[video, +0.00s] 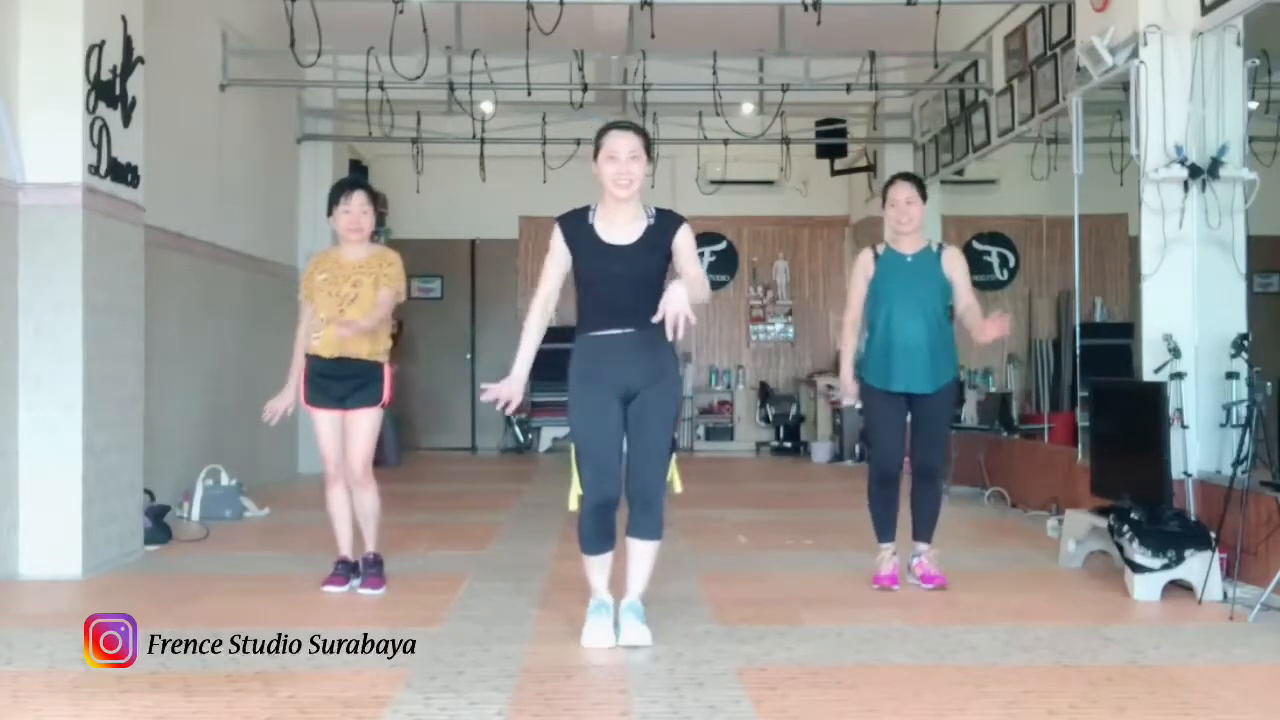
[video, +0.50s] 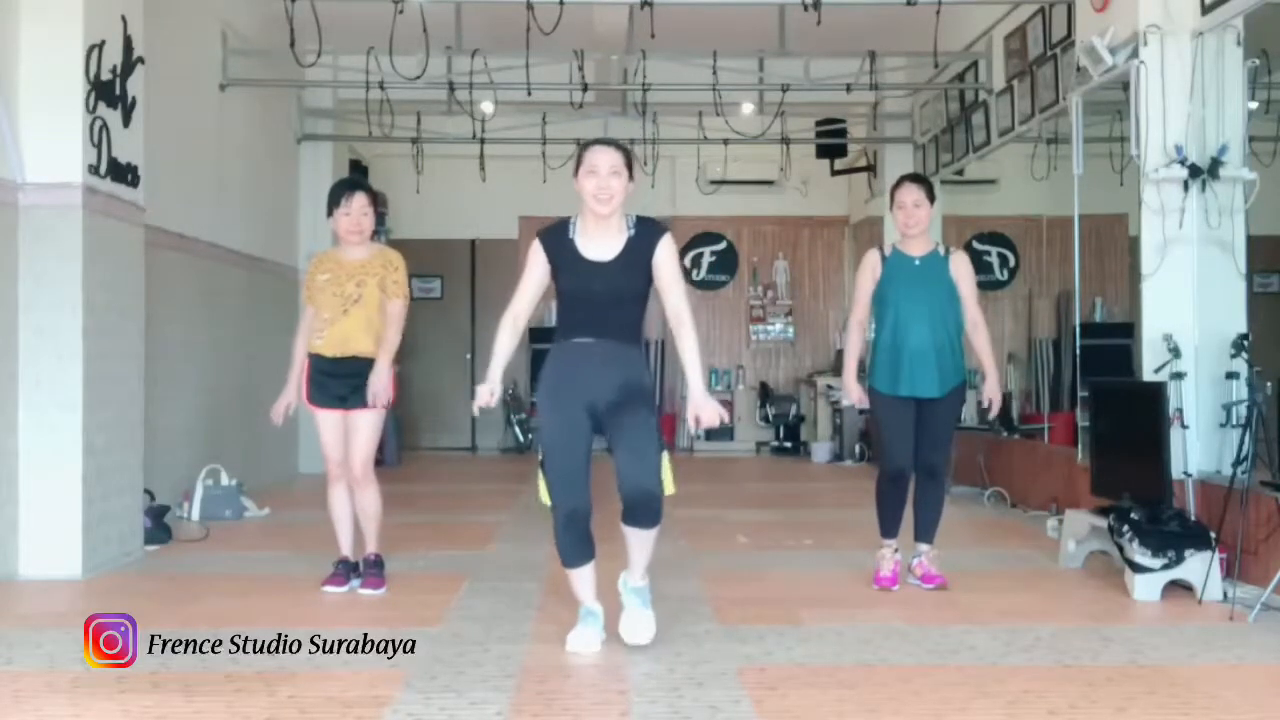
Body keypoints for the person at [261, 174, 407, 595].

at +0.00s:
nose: (355, 218)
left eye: (364, 211)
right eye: (346, 210)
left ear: (376, 219)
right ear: (332, 217)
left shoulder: (387, 262)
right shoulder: (318, 266)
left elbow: (382, 316)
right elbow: (304, 330)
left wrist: (351, 326)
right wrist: (291, 387)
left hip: (367, 371)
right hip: (321, 370)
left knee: (358, 470)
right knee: (333, 471)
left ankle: (371, 558)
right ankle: (345, 560)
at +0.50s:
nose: (356, 220)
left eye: (365, 212)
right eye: (347, 212)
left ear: (376, 218)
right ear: (331, 219)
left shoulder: (390, 262)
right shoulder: (320, 266)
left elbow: (395, 321)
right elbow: (306, 329)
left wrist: (383, 367)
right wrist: (292, 386)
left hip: (370, 368)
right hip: (324, 367)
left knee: (360, 468)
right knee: (335, 468)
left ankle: (372, 558)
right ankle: (346, 560)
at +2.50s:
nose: (356, 223)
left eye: (365, 215)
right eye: (347, 215)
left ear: (376, 222)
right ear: (333, 221)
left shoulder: (391, 266)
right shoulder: (320, 270)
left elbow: (408, 326)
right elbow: (305, 324)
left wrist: (423, 382)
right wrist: (297, 370)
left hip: (376, 373)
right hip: (327, 373)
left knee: (378, 470)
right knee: (338, 470)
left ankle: (397, 532)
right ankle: (348, 560)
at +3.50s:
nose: (361, 220)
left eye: (370, 212)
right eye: (352, 212)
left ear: (382, 219)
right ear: (340, 220)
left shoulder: (399, 262)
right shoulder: (326, 269)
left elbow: (414, 319)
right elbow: (312, 332)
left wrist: (393, 332)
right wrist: (301, 388)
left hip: (387, 372)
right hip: (339, 372)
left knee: (391, 465)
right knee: (345, 469)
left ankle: (409, 532)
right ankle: (350, 561)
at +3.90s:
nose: (363, 215)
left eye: (372, 208)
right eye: (355, 207)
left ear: (385, 218)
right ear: (342, 216)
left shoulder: (399, 259)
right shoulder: (331, 263)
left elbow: (411, 317)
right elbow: (324, 319)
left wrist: (358, 295)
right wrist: (315, 366)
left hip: (391, 367)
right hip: (342, 367)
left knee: (396, 467)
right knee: (347, 468)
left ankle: (417, 540)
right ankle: (350, 559)